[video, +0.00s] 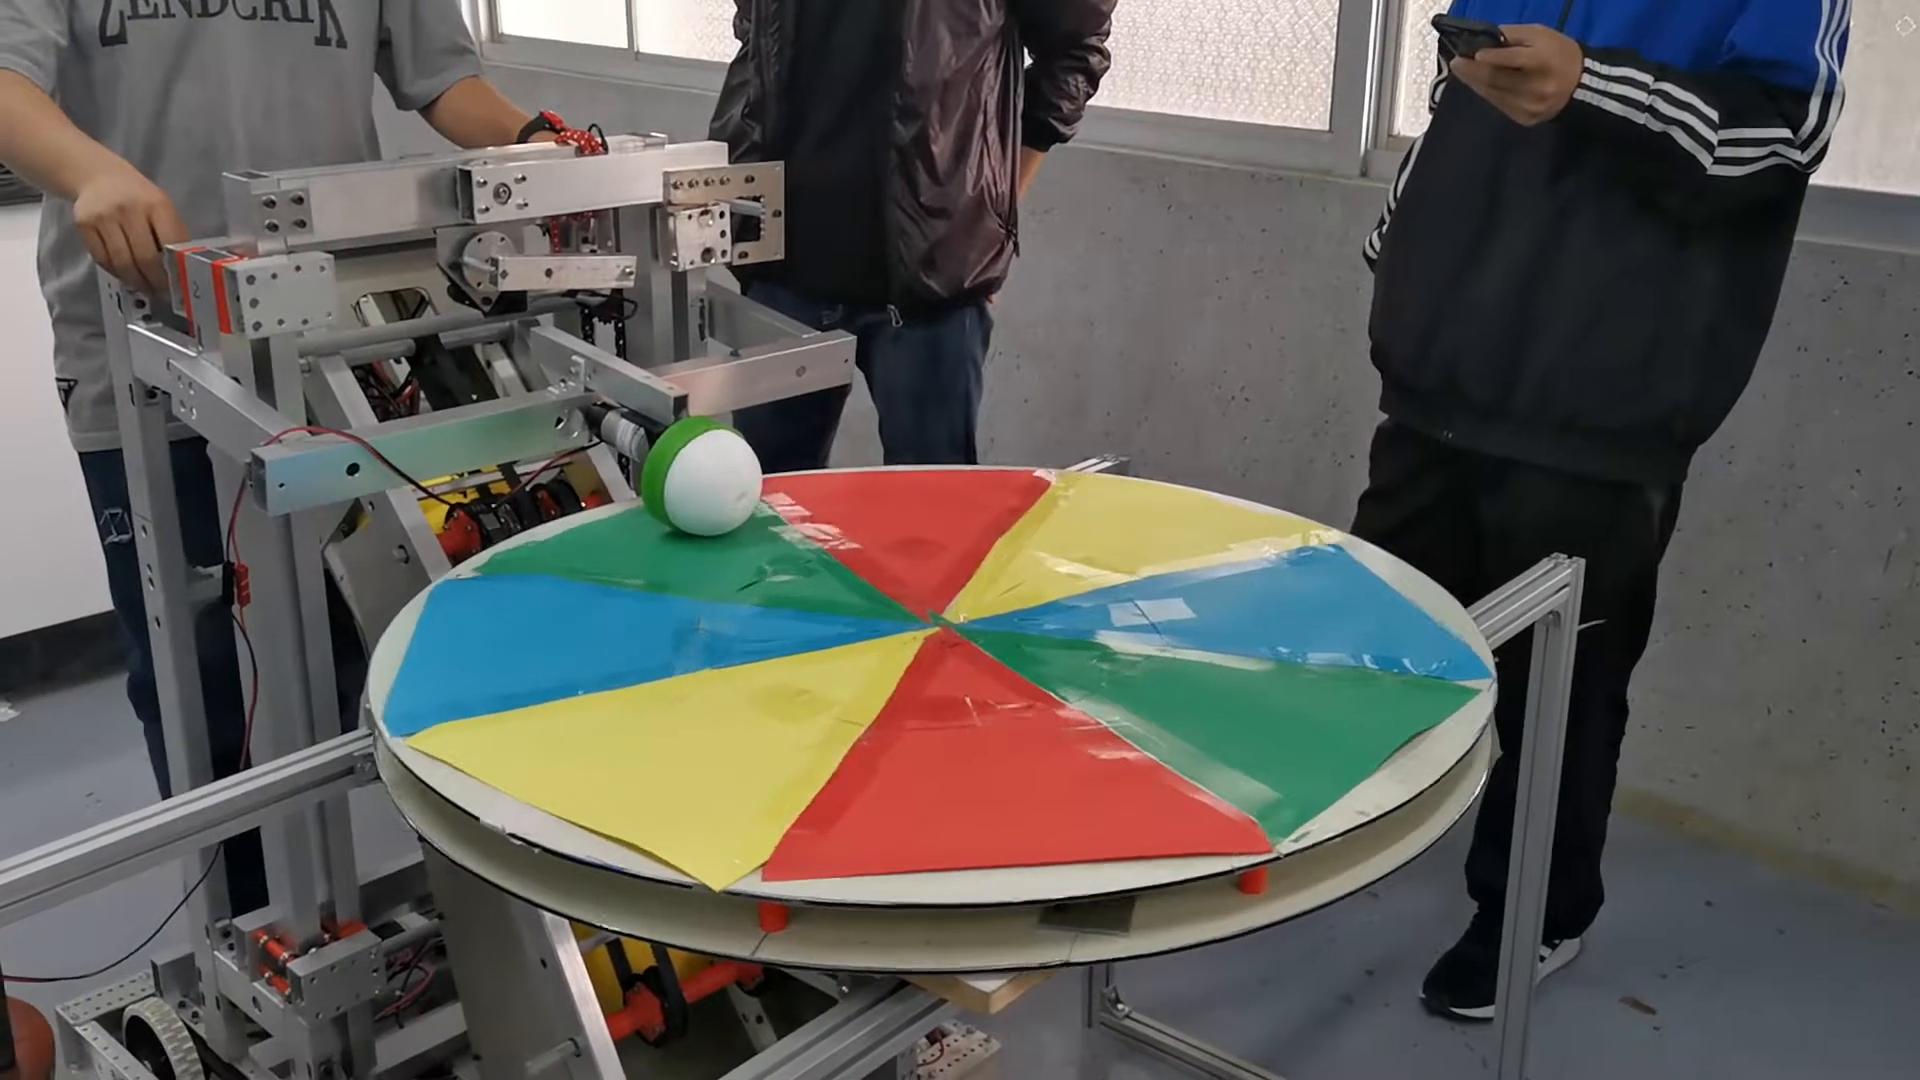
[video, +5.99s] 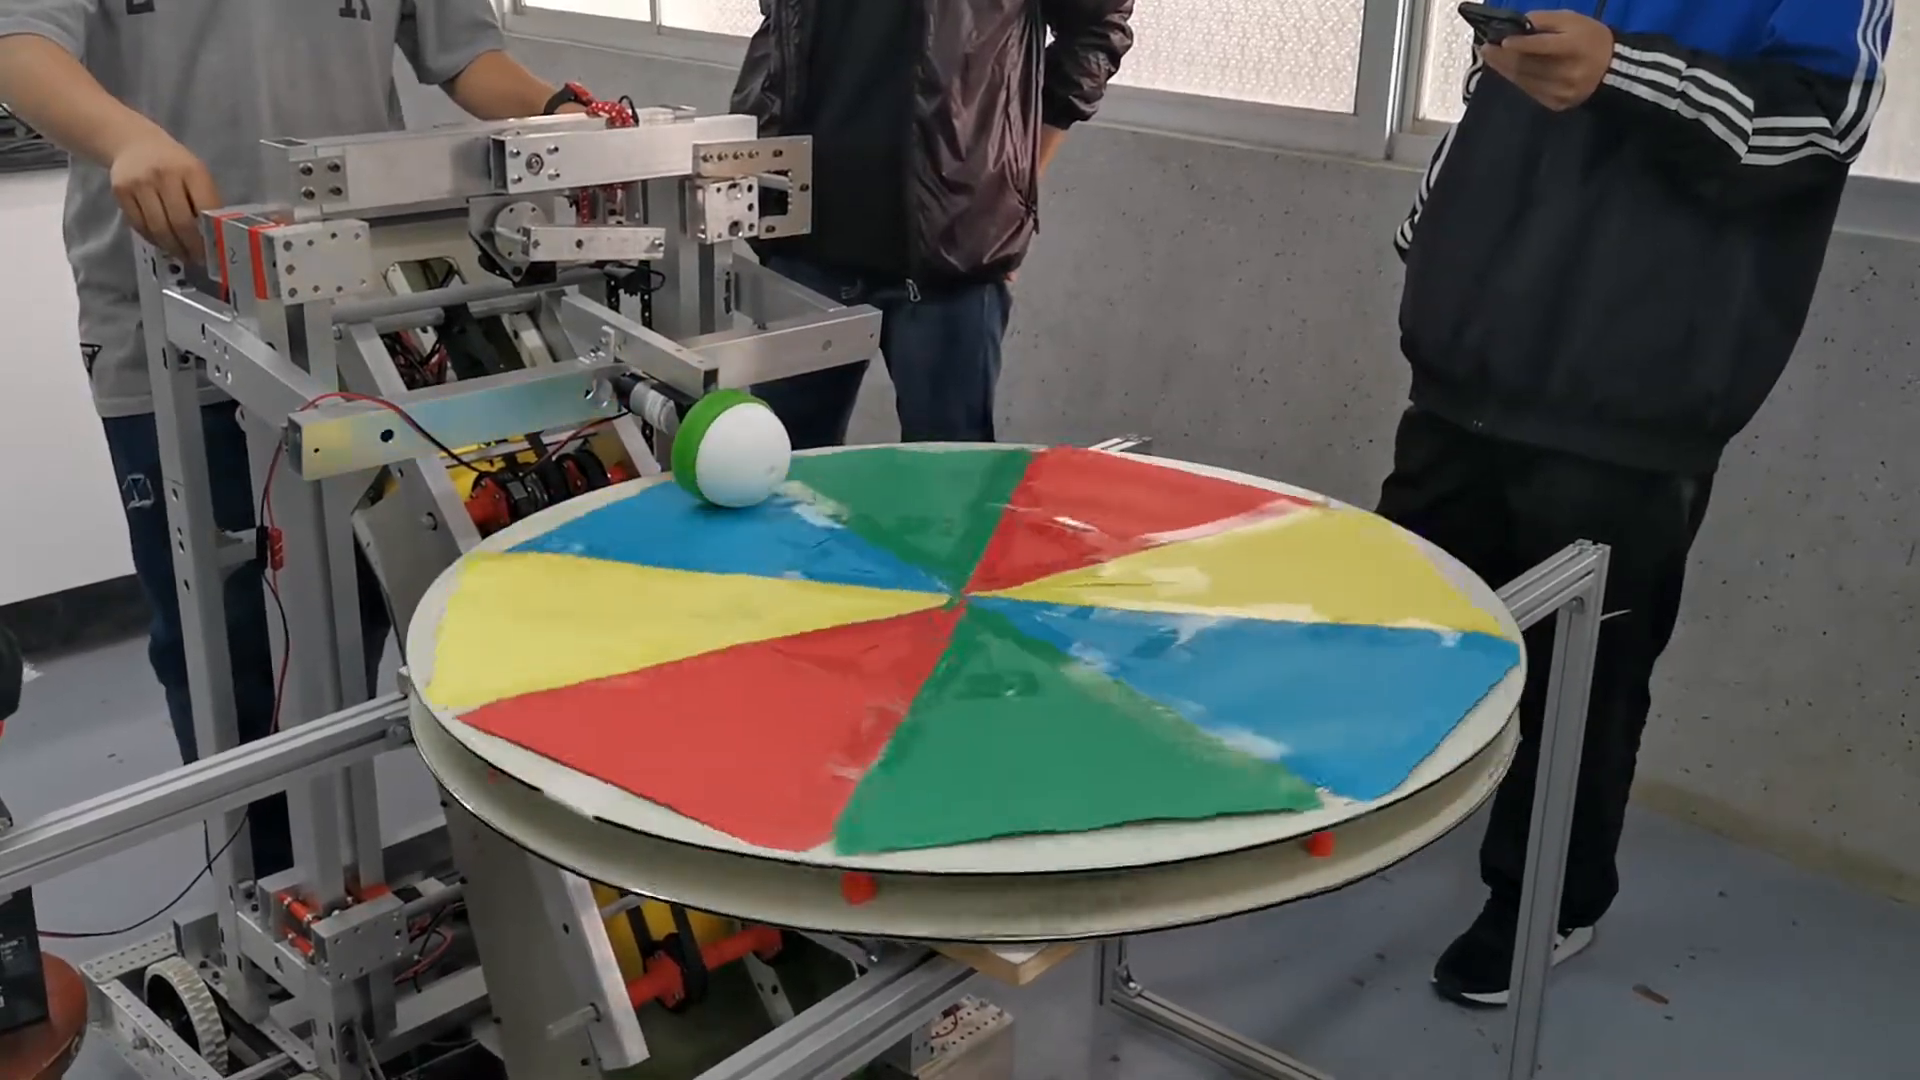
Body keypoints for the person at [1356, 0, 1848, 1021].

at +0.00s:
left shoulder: (1784, 7)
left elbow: (1786, 131)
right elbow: (1463, 66)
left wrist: (1586, 85)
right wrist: (1395, 241)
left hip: (1618, 371)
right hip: (1453, 331)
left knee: (1558, 671)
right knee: (1385, 625)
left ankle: (1530, 912)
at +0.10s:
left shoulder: (1784, 7)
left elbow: (1785, 132)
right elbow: (1462, 51)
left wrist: (1586, 83)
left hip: (1617, 371)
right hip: (1450, 330)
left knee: (1558, 671)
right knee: (1385, 626)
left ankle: (1531, 911)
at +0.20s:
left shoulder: (1783, 7)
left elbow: (1785, 131)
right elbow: (1465, 83)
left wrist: (1586, 84)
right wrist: (1397, 241)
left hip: (1617, 371)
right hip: (1452, 331)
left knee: (1557, 672)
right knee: (1387, 627)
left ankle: (1529, 913)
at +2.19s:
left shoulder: (1811, 7)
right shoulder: (1532, 5)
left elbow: (1805, 138)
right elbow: (1482, 86)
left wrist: (1609, 84)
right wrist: (1409, 243)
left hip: (1631, 375)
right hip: (1467, 330)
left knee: (1565, 669)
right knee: (1389, 622)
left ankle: (1524, 911)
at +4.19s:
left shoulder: (1822, 7)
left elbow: (1812, 139)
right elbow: (1493, 78)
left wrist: (1612, 81)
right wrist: (1421, 240)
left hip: (1639, 371)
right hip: (1474, 324)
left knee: (1573, 665)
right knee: (1402, 608)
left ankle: (1532, 908)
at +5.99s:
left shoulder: (1829, 8)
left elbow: (1819, 127)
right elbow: (1500, 86)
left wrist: (1616, 69)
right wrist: (1425, 241)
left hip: (1649, 363)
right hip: (1485, 317)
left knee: (1586, 658)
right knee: (1406, 603)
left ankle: (1547, 897)